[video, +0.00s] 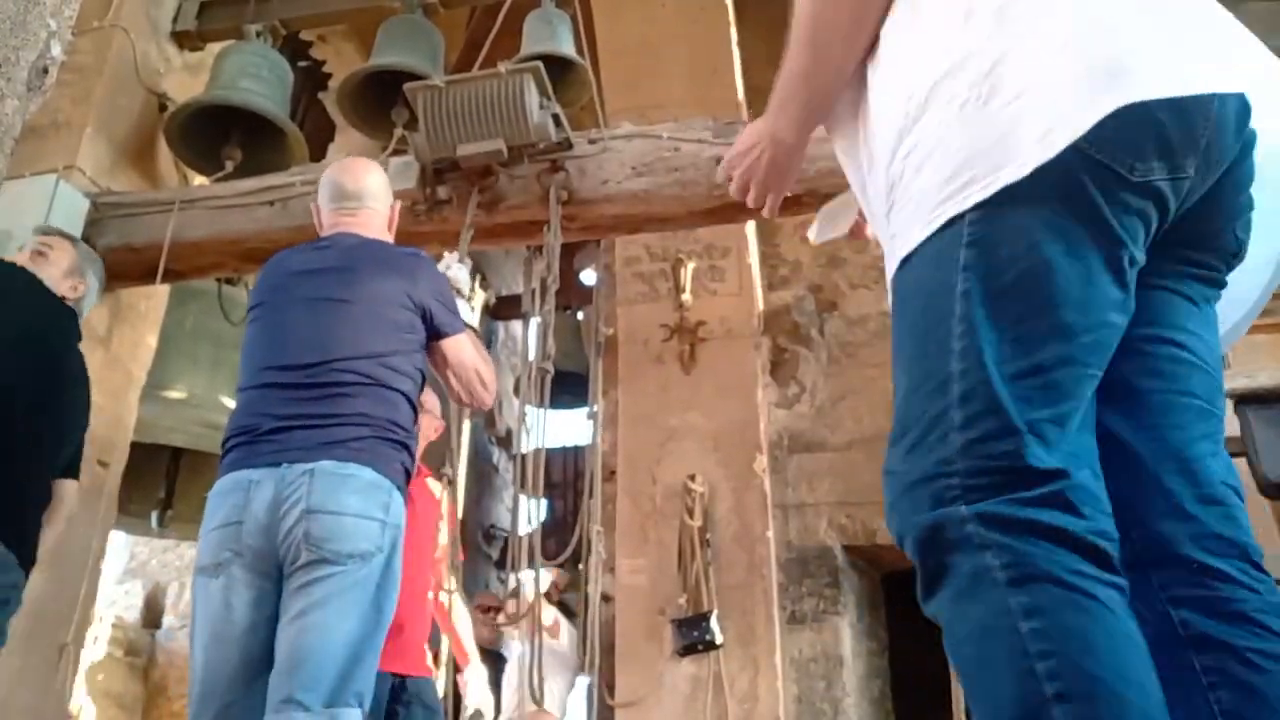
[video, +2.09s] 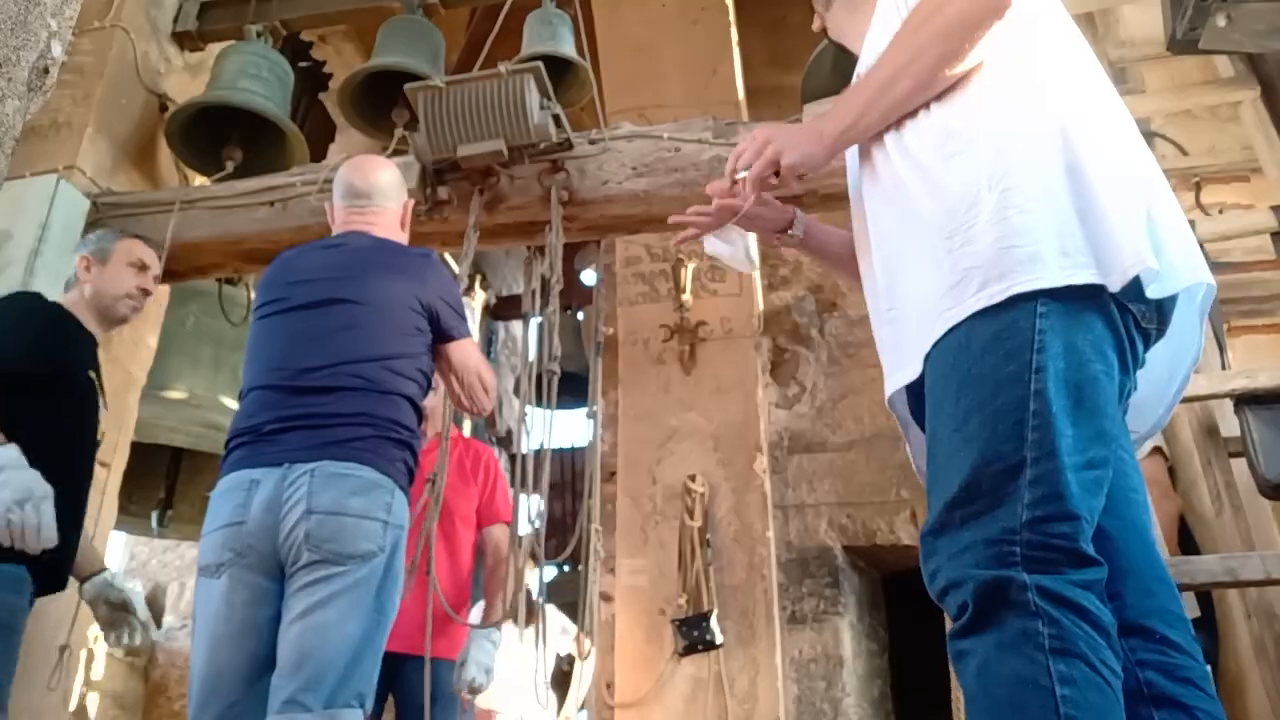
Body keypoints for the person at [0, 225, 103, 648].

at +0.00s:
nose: (18, 258)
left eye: (41, 254)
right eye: (24, 250)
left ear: (74, 289)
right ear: (73, 294)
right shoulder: (71, 367)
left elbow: (62, 496)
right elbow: (62, 497)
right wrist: (20, 572)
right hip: (6, 555)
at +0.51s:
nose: (8, 263)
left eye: (13, 256)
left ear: (22, 260)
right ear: (81, 294)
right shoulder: (87, 371)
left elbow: (78, 495)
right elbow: (77, 497)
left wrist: (19, 590)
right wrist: (19, 590)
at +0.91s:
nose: (70, 307)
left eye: (74, 296)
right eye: (73, 294)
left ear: (4, 266)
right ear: (53, 281)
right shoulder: (60, 343)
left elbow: (69, 462)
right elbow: (69, 461)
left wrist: (48, 579)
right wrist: (50, 580)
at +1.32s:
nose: (115, 294)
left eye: (119, 283)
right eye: (107, 274)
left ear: (55, 268)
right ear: (59, 264)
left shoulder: (12, 311)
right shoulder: (50, 320)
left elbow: (27, 425)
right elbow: (30, 422)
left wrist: (67, 548)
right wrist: (69, 549)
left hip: (9, 567)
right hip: (8, 569)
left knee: (11, 701)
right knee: (7, 703)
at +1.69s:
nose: (161, 298)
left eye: (165, 290)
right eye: (152, 280)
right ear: (103, 272)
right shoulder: (69, 314)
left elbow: (35, 470)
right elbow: (36, 399)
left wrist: (100, 546)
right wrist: (119, 504)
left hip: (28, 564)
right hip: (17, 562)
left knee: (7, 702)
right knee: (3, 702)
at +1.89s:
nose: (175, 299)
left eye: (179, 292)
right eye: (164, 280)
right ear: (115, 274)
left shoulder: (100, 360)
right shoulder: (67, 314)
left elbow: (67, 487)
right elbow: (10, 392)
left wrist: (92, 577)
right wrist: (60, 508)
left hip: (24, 573)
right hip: (8, 567)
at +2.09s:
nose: (148, 286)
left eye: (153, 279)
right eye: (137, 267)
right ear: (86, 267)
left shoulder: (85, 367)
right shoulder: (30, 315)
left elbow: (56, 491)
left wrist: (96, 578)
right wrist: (9, 461)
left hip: (22, 577)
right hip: (6, 569)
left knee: (2, 701)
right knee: (1, 700)